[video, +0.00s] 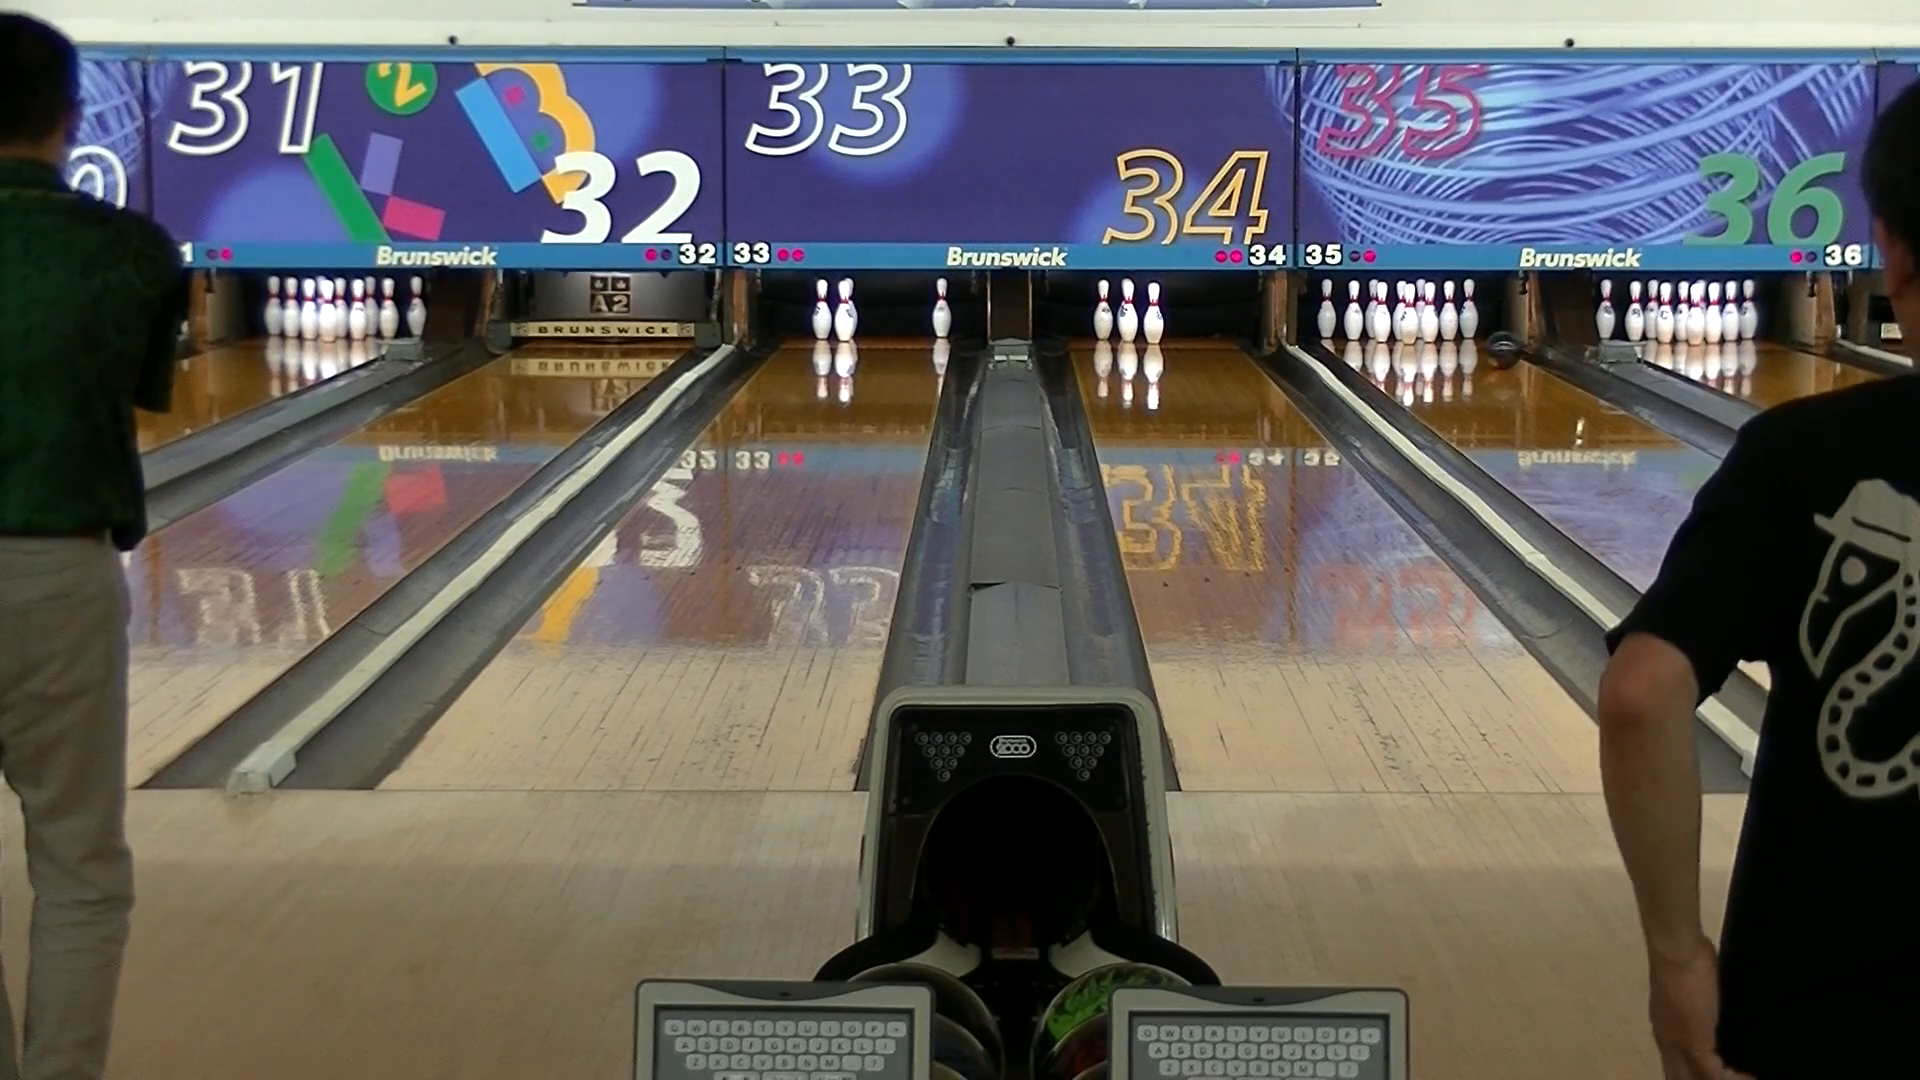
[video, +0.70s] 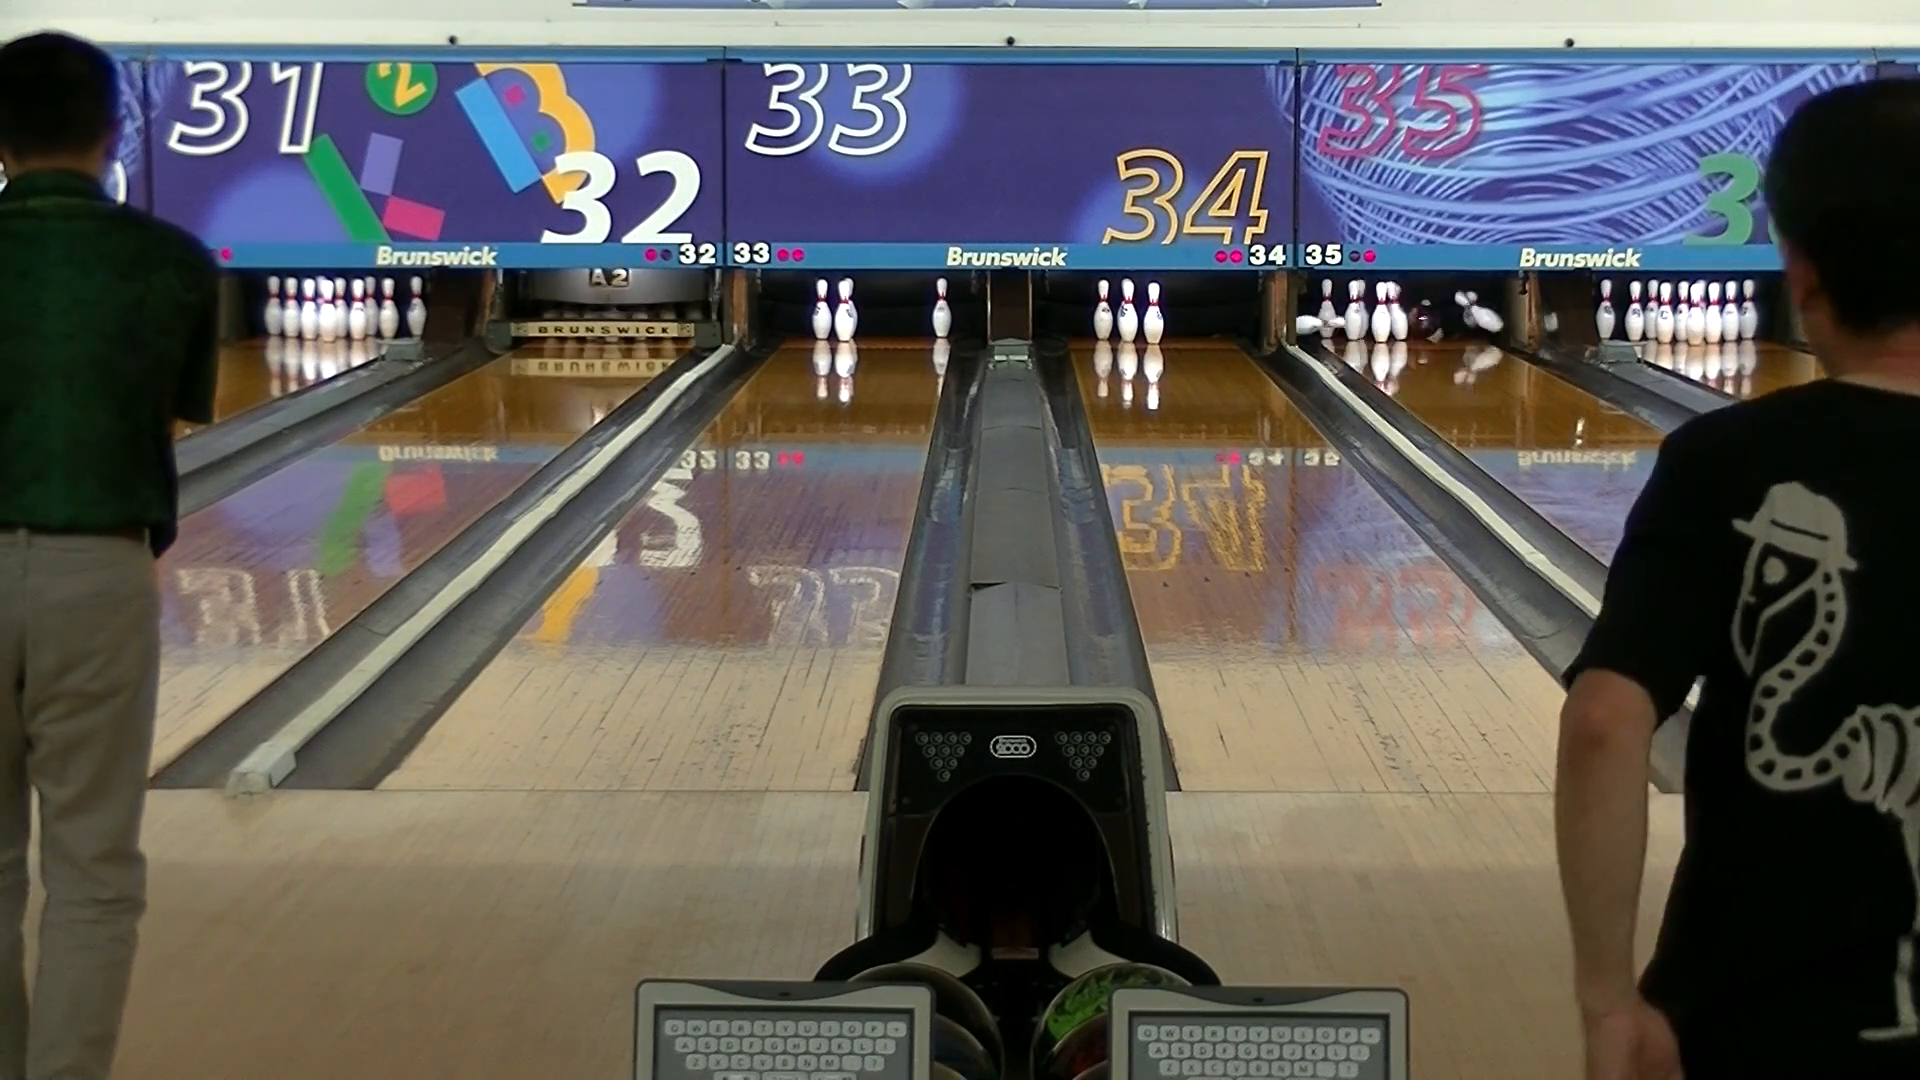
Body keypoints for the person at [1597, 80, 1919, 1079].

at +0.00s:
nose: (1878, 258)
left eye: (1875, 237)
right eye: (1887, 234)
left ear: (1893, 252)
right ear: (1901, 252)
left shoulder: (1814, 452)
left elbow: (1639, 693)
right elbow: (1638, 695)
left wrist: (1676, 950)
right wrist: (1677, 952)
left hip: (1810, 1004)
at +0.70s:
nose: (1780, 266)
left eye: (1779, 246)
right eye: (1786, 241)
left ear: (1805, 272)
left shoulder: (1730, 458)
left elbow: (1602, 718)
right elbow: (1601, 718)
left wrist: (1608, 999)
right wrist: (1612, 999)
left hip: (1756, 1015)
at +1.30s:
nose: (1406, 264)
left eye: (1402, 241)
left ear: (1419, 259)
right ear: (1596, 223)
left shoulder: (1388, 457)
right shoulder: (1744, 420)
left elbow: (1332, 766)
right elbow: (1840, 707)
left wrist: (1265, 929)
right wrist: (1747, 792)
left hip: (1492, 993)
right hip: (1713, 993)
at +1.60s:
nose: (1312, 350)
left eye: (1297, 322)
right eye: (1295, 328)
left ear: (1328, 296)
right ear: (1450, 255)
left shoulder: (1350, 471)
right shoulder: (1643, 423)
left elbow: (1304, 776)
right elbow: (1737, 704)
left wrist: (1254, 852)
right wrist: (1619, 785)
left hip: (1429, 970)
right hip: (1615, 957)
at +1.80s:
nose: (1236, 414)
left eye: (1215, 381)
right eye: (1211, 388)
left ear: (1246, 343)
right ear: (1347, 293)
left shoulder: (1312, 474)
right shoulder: (1550, 438)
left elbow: (1284, 769)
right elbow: (1655, 711)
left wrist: (1256, 858)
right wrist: (1543, 782)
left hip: (1415, 978)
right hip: (1574, 954)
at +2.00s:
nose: (1139, 496)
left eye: (1117, 465)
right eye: (1115, 474)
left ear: (1147, 411)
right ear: (1239, 367)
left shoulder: (1227, 499)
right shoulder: (1436, 445)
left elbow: (1254, 780)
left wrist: (1216, 910)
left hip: (1437, 949)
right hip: (1584, 914)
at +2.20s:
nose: (1073, 577)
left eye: (1047, 548)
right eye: (1048, 560)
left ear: (1073, 482)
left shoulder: (1176, 514)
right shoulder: (1332, 476)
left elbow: (1245, 773)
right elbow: (1400, 718)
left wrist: (1230, 890)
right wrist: (1227, 905)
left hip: (1441, 888)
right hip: (1567, 854)